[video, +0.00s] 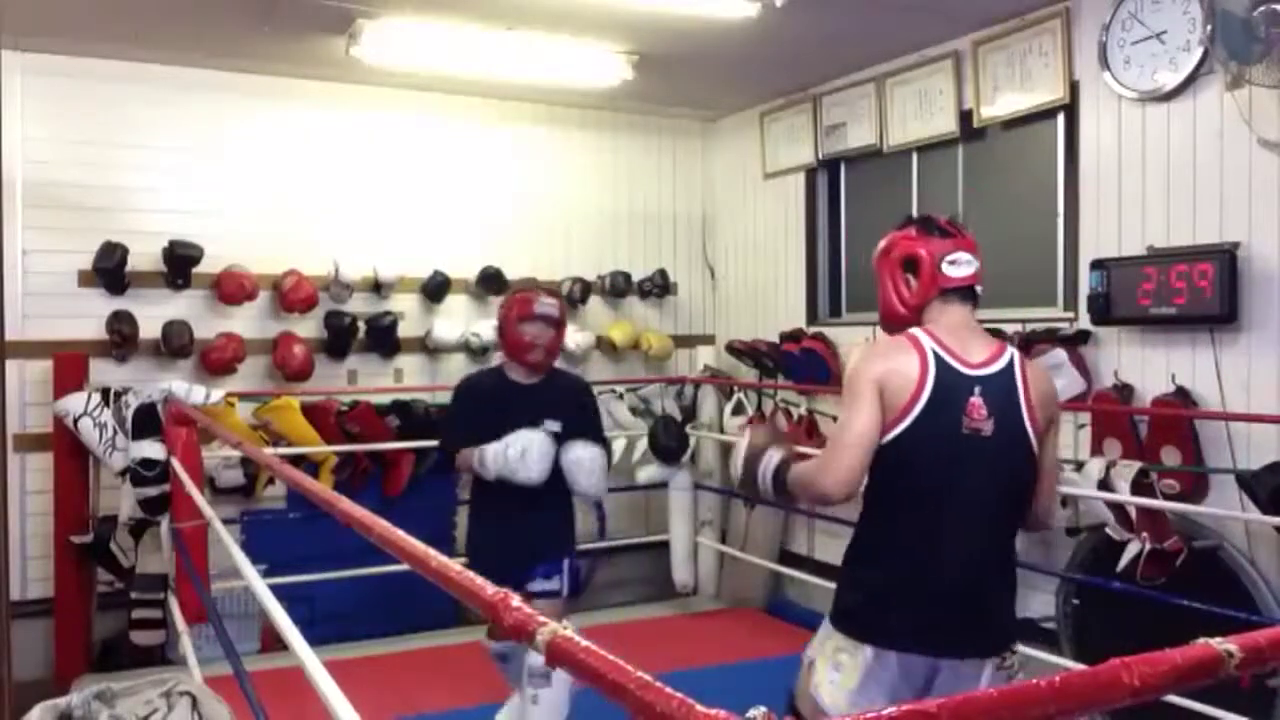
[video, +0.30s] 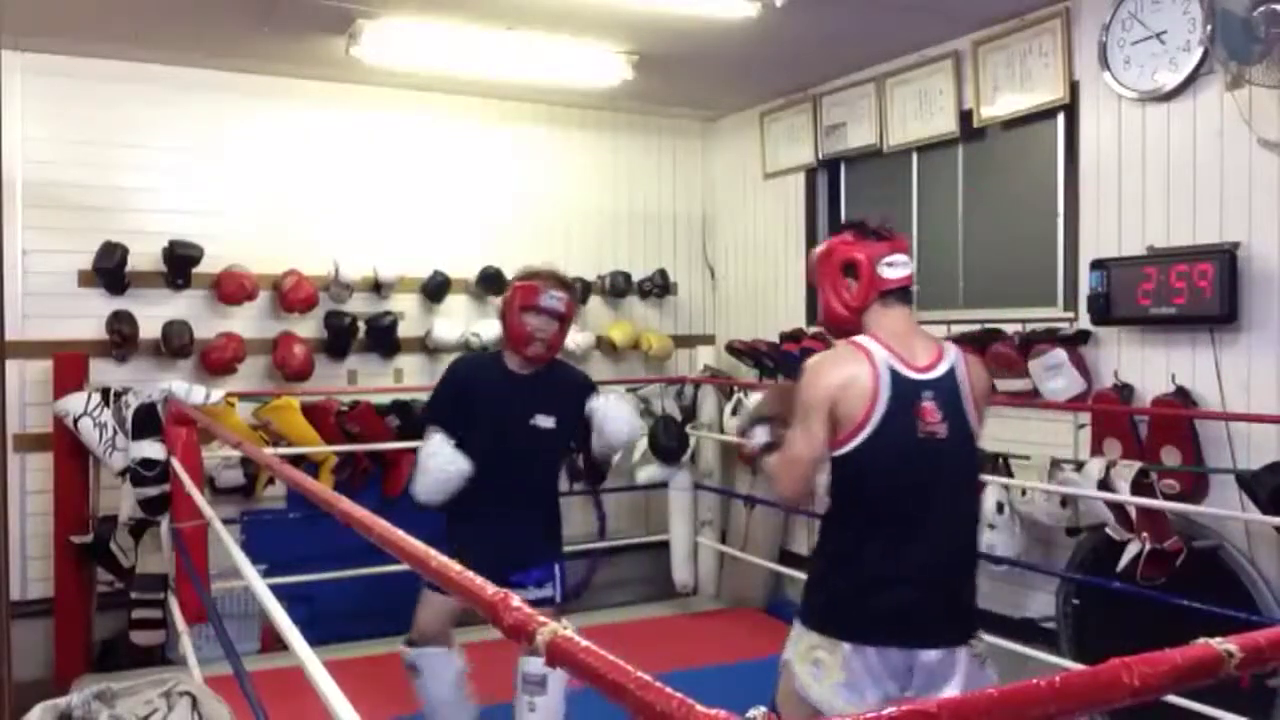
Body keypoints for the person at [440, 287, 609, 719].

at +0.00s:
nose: (538, 338)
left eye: (548, 329)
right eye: (528, 327)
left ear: (560, 337)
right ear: (506, 330)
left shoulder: (573, 390)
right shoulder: (476, 389)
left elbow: (593, 448)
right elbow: (457, 452)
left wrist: (587, 464)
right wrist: (498, 457)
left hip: (550, 526)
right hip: (492, 529)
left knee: (543, 631)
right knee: (501, 636)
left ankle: (544, 708)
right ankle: (527, 696)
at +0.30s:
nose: (541, 326)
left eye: (554, 318)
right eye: (532, 312)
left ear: (566, 329)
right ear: (509, 313)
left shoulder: (573, 386)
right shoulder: (469, 373)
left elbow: (590, 474)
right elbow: (431, 450)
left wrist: (607, 444)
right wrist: (431, 473)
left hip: (535, 534)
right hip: (468, 532)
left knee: (543, 647)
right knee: (426, 631)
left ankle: (542, 713)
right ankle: (452, 713)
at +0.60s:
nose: (497, 320)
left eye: (508, 310)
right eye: (486, 306)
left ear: (519, 320)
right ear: (460, 311)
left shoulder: (532, 378)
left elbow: (574, 423)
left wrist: (592, 380)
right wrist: (395, 484)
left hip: (505, 543)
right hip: (432, 542)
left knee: (521, 651)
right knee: (379, 636)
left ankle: (532, 715)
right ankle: (344, 715)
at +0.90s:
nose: (422, 328)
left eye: (430, 317)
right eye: (410, 315)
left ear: (438, 323)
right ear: (379, 320)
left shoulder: (447, 385)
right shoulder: (341, 386)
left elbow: (488, 437)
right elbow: (306, 457)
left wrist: (509, 398)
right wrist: (339, 462)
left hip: (434, 544)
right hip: (362, 547)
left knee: (478, 642)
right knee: (344, 652)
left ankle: (505, 712)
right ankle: (324, 713)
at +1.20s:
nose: (393, 329)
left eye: (401, 319)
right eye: (380, 316)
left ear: (410, 326)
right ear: (346, 324)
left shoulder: (408, 382)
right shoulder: (314, 390)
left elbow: (421, 455)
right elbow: (286, 468)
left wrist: (459, 430)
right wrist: (337, 457)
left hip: (408, 543)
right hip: (341, 546)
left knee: (428, 660)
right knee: (337, 656)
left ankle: (404, 715)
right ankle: (322, 715)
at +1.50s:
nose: (406, 332)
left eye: (413, 322)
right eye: (394, 319)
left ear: (421, 326)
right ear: (361, 324)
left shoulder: (409, 383)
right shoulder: (323, 391)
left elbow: (405, 457)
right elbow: (299, 472)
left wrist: (452, 441)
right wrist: (368, 446)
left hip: (411, 543)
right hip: (344, 548)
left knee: (454, 644)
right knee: (336, 656)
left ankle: (473, 713)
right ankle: (321, 715)